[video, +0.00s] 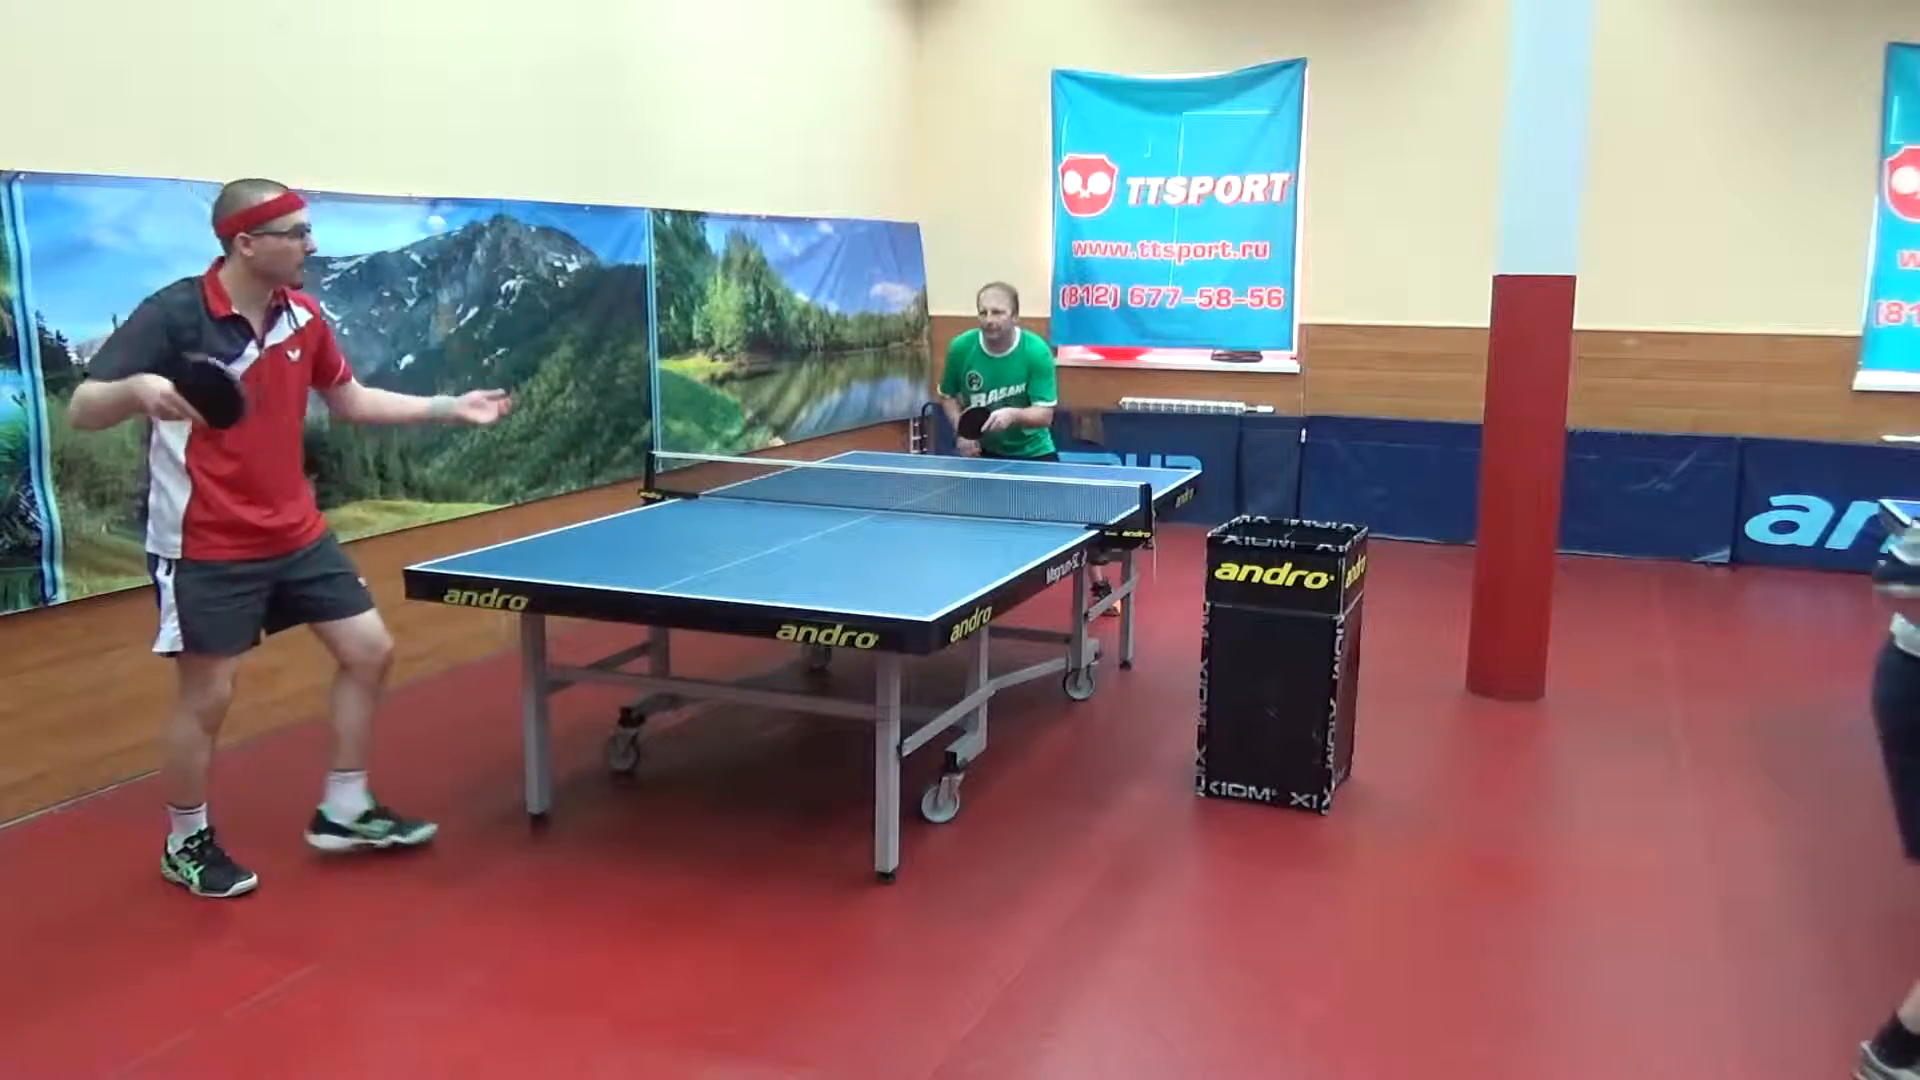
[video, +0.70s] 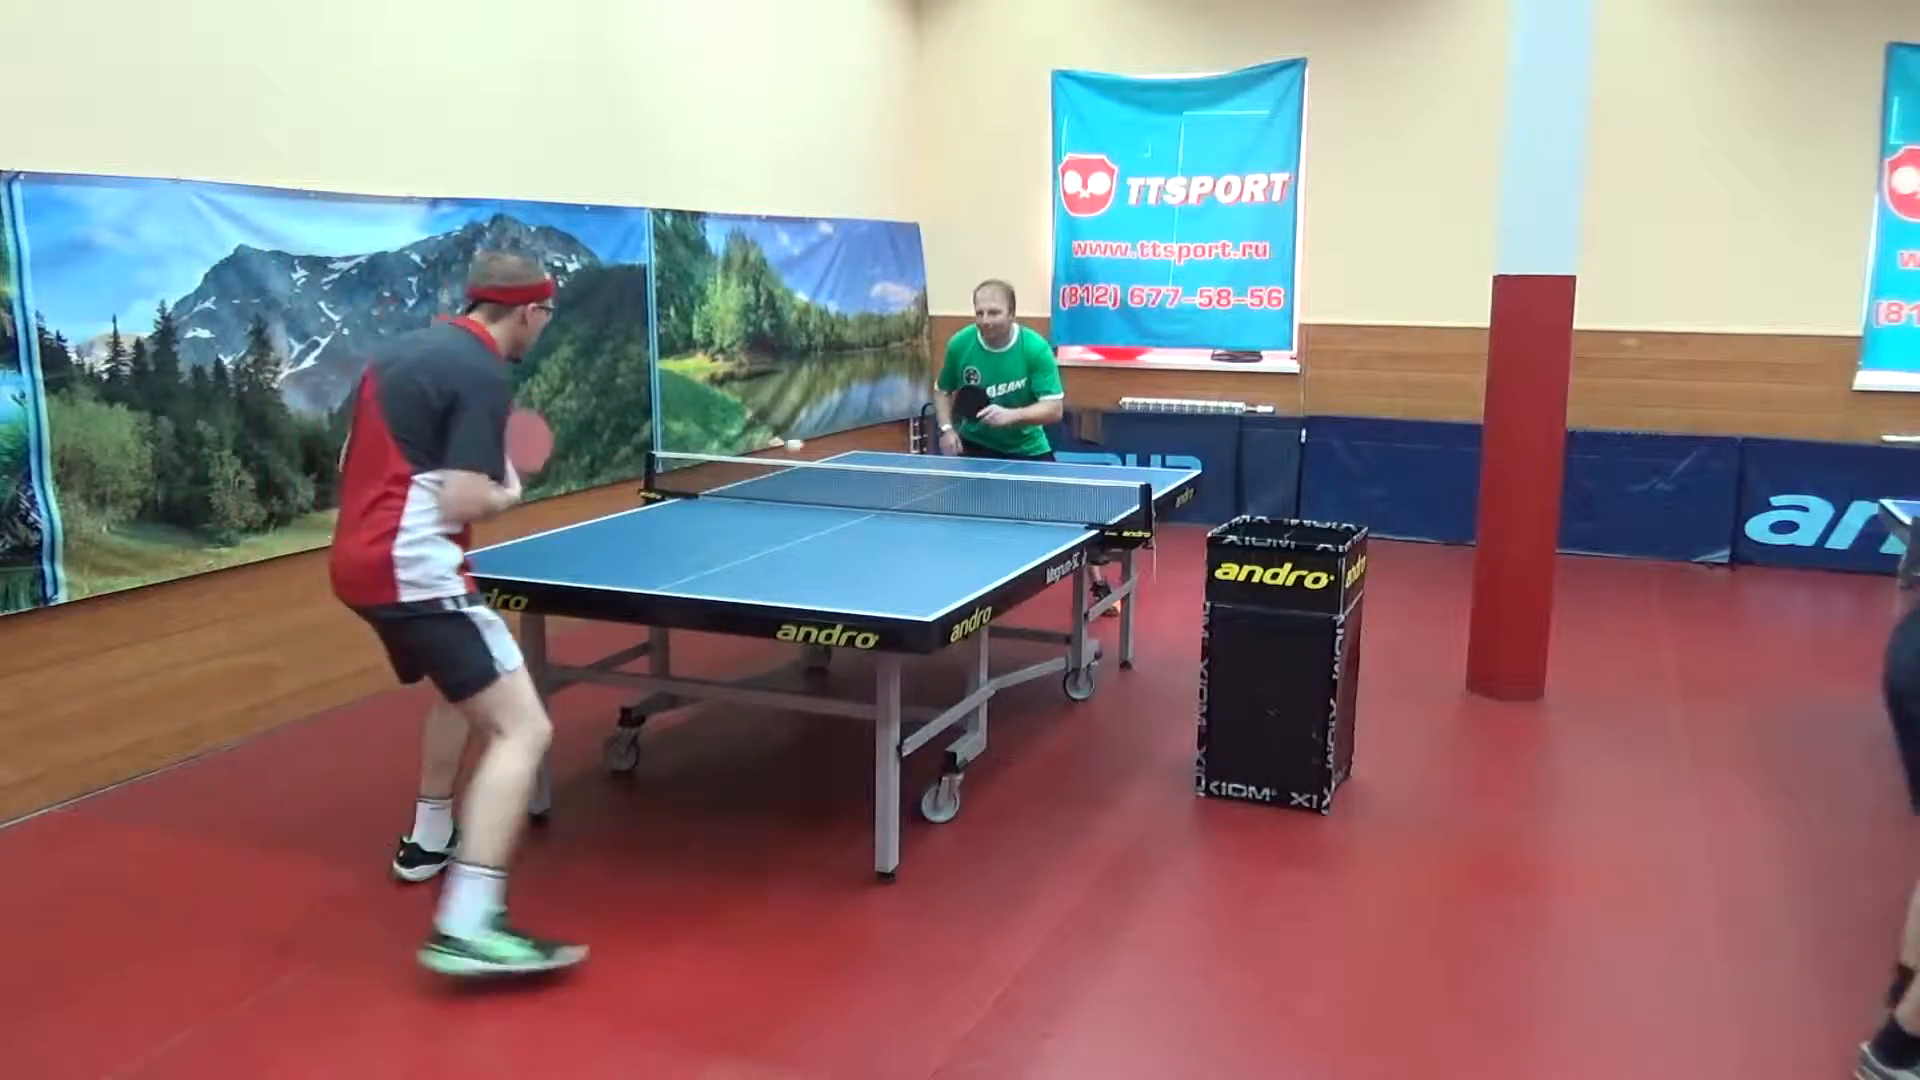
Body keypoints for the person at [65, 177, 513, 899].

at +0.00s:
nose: (308, 244)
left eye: (307, 230)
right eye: (294, 234)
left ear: (276, 243)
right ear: (245, 244)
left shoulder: (303, 315)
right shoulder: (172, 316)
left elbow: (351, 401)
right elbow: (83, 409)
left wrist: (449, 407)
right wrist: (135, 391)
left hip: (296, 533)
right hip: (205, 546)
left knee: (368, 652)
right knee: (206, 699)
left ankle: (344, 812)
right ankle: (187, 842)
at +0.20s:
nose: (397, 289)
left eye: (397, 275)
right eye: (384, 277)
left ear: (351, 281)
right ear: (333, 280)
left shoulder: (359, 347)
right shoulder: (253, 344)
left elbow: (349, 422)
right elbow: (150, 425)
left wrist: (443, 445)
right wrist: (186, 408)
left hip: (328, 552)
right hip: (246, 563)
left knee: (414, 660)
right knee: (239, 722)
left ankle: (422, 831)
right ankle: (192, 841)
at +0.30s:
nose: (455, 311)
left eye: (456, 298)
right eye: (445, 298)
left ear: (405, 297)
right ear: (397, 296)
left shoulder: (390, 362)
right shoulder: (303, 348)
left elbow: (356, 436)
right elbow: (206, 426)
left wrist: (433, 466)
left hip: (355, 561)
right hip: (279, 572)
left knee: (436, 667)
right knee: (282, 728)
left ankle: (426, 835)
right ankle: (195, 831)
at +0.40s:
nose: (497, 320)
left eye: (497, 307)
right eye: (490, 306)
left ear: (449, 305)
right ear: (449, 304)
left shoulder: (410, 363)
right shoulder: (361, 353)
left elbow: (364, 456)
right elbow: (283, 442)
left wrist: (435, 480)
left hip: (376, 563)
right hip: (317, 574)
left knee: (453, 669)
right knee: (351, 734)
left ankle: (427, 837)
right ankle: (216, 805)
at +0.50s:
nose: (514, 325)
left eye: (515, 313)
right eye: (510, 312)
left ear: (468, 306)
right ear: (478, 309)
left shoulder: (422, 353)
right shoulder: (415, 360)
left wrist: (442, 469)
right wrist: (457, 483)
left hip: (386, 562)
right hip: (346, 572)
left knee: (463, 665)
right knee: (419, 731)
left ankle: (429, 835)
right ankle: (260, 814)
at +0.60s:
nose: (528, 328)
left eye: (529, 316)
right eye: (526, 315)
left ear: (465, 304)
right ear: (502, 312)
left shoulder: (396, 351)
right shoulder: (452, 369)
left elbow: (362, 470)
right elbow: (428, 493)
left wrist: (450, 471)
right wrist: (490, 480)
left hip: (356, 564)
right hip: (384, 570)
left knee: (463, 697)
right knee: (483, 726)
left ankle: (430, 841)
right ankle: (335, 874)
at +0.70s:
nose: (544, 328)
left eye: (545, 315)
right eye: (544, 315)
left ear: (479, 302)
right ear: (523, 313)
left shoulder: (405, 353)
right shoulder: (479, 367)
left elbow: (367, 467)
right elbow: (462, 498)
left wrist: (470, 477)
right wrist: (508, 486)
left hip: (365, 566)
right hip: (417, 570)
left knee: (457, 686)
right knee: (524, 729)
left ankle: (430, 839)